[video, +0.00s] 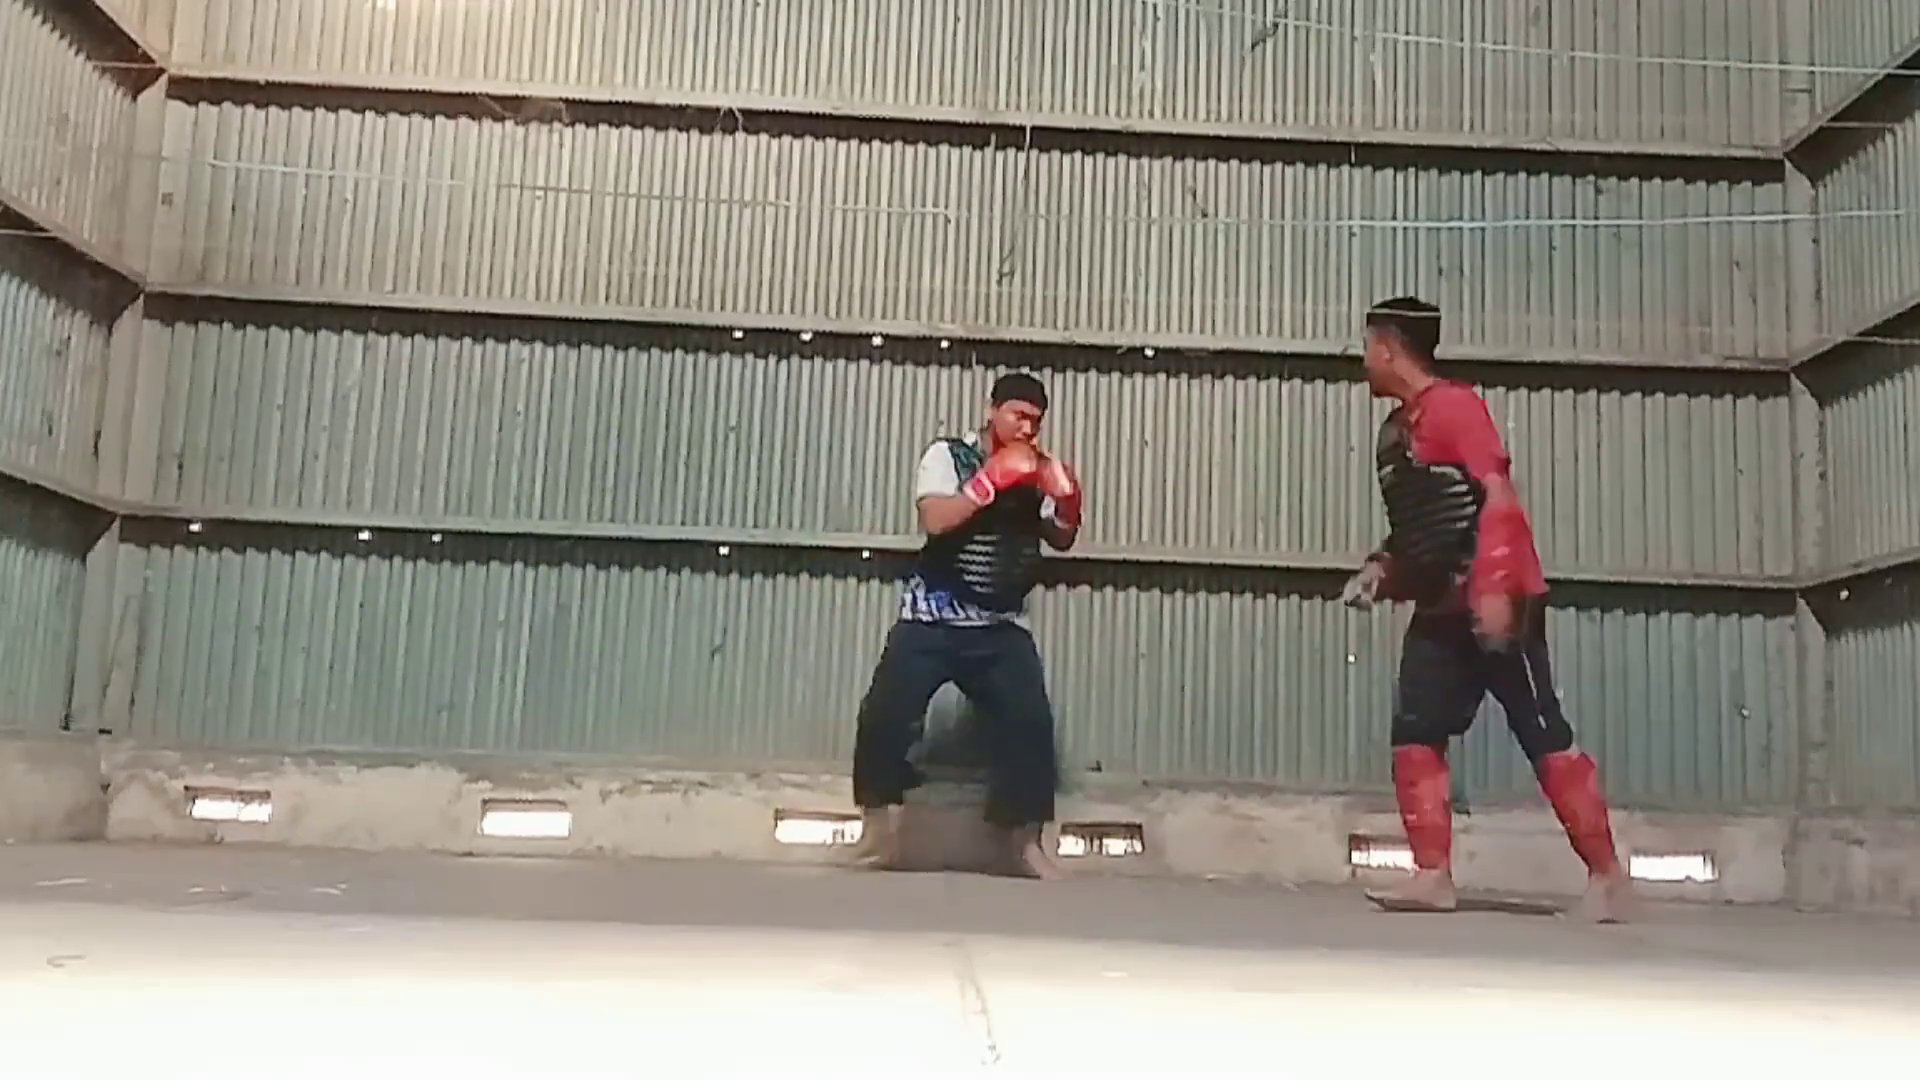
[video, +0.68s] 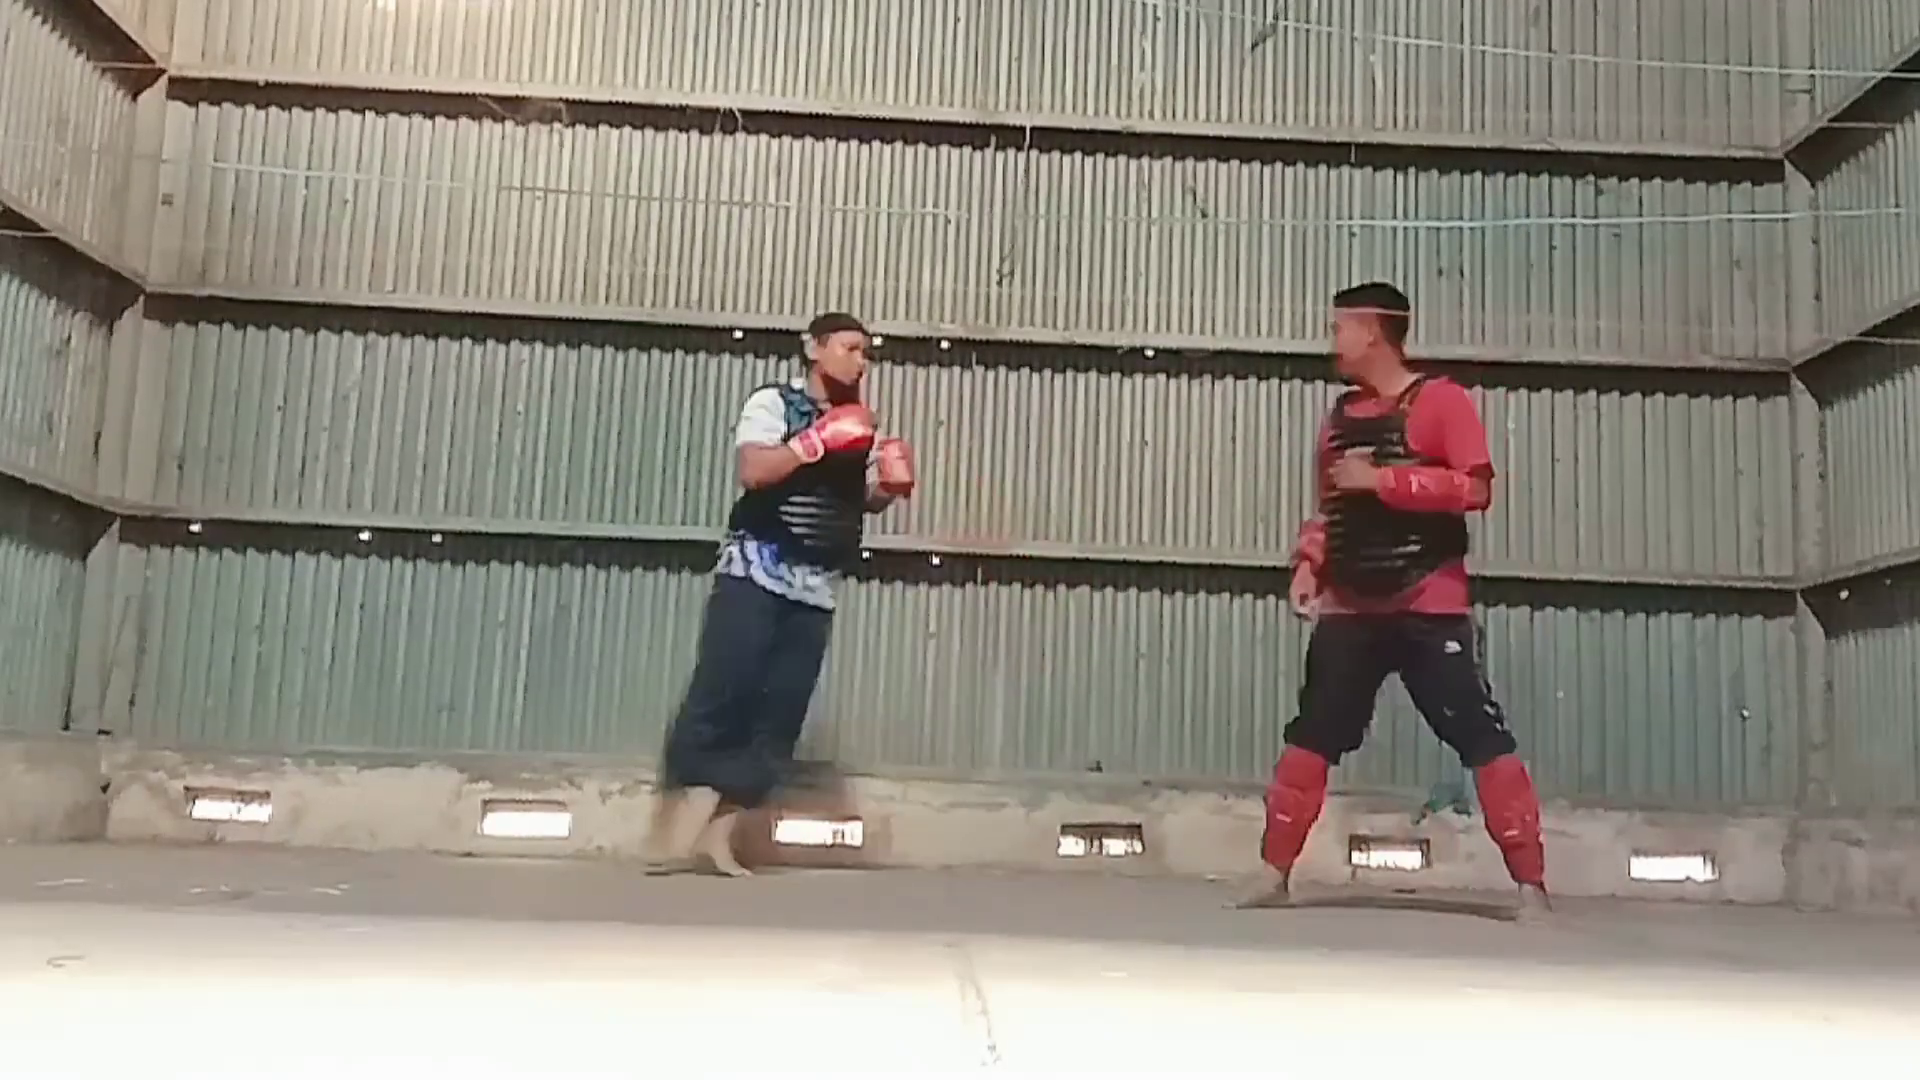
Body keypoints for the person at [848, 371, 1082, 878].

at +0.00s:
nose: (1024, 427)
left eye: (1033, 420)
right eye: (1016, 415)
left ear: (1040, 426)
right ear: (991, 412)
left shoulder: (1038, 476)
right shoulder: (947, 455)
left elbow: (1060, 542)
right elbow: (936, 520)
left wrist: (1066, 500)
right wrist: (992, 477)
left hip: (1000, 629)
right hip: (929, 622)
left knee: (1030, 718)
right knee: (882, 714)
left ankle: (1025, 842)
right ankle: (880, 831)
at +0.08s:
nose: (1022, 442)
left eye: (1029, 434)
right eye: (1013, 431)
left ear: (1033, 440)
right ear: (986, 430)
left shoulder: (1041, 495)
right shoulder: (941, 487)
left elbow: (1066, 572)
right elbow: (925, 560)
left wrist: (1059, 551)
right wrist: (977, 535)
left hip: (1007, 656)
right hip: (932, 646)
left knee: (1037, 746)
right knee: (876, 724)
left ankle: (1021, 847)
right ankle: (819, 833)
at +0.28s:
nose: (965, 445)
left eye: (970, 436)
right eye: (955, 434)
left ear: (973, 443)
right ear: (925, 436)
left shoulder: (985, 499)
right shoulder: (883, 497)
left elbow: (999, 558)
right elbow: (867, 571)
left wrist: (1014, 573)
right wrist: (922, 548)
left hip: (962, 656)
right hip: (887, 648)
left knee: (1001, 744)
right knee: (845, 726)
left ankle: (1024, 849)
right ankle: (799, 843)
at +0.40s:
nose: (930, 417)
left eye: (935, 410)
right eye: (921, 406)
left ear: (937, 419)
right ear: (888, 407)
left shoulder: (936, 479)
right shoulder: (844, 468)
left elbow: (951, 544)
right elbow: (834, 537)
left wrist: (979, 545)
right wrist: (891, 502)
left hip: (915, 640)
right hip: (842, 634)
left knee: (955, 736)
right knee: (813, 725)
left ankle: (981, 832)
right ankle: (798, 839)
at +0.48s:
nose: (908, 385)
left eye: (911, 376)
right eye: (899, 373)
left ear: (908, 384)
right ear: (864, 374)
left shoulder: (904, 445)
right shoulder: (818, 428)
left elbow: (905, 504)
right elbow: (806, 490)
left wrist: (947, 500)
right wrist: (867, 449)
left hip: (877, 607)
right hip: (810, 599)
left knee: (892, 717)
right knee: (792, 712)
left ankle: (896, 836)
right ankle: (788, 834)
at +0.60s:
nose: (887, 357)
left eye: (891, 350)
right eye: (877, 346)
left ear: (888, 360)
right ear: (842, 346)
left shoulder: (883, 418)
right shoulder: (796, 399)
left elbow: (877, 493)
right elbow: (780, 464)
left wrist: (916, 483)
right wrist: (845, 426)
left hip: (848, 583)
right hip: (784, 572)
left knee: (832, 700)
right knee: (770, 688)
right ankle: (756, 823)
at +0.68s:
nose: (861, 361)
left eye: (866, 353)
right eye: (851, 350)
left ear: (864, 363)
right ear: (816, 349)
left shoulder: (857, 424)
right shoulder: (772, 403)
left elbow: (860, 503)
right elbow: (753, 471)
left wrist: (887, 486)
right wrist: (820, 438)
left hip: (813, 589)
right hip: (752, 574)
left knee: (781, 708)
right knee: (723, 688)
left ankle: (722, 832)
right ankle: (680, 810)